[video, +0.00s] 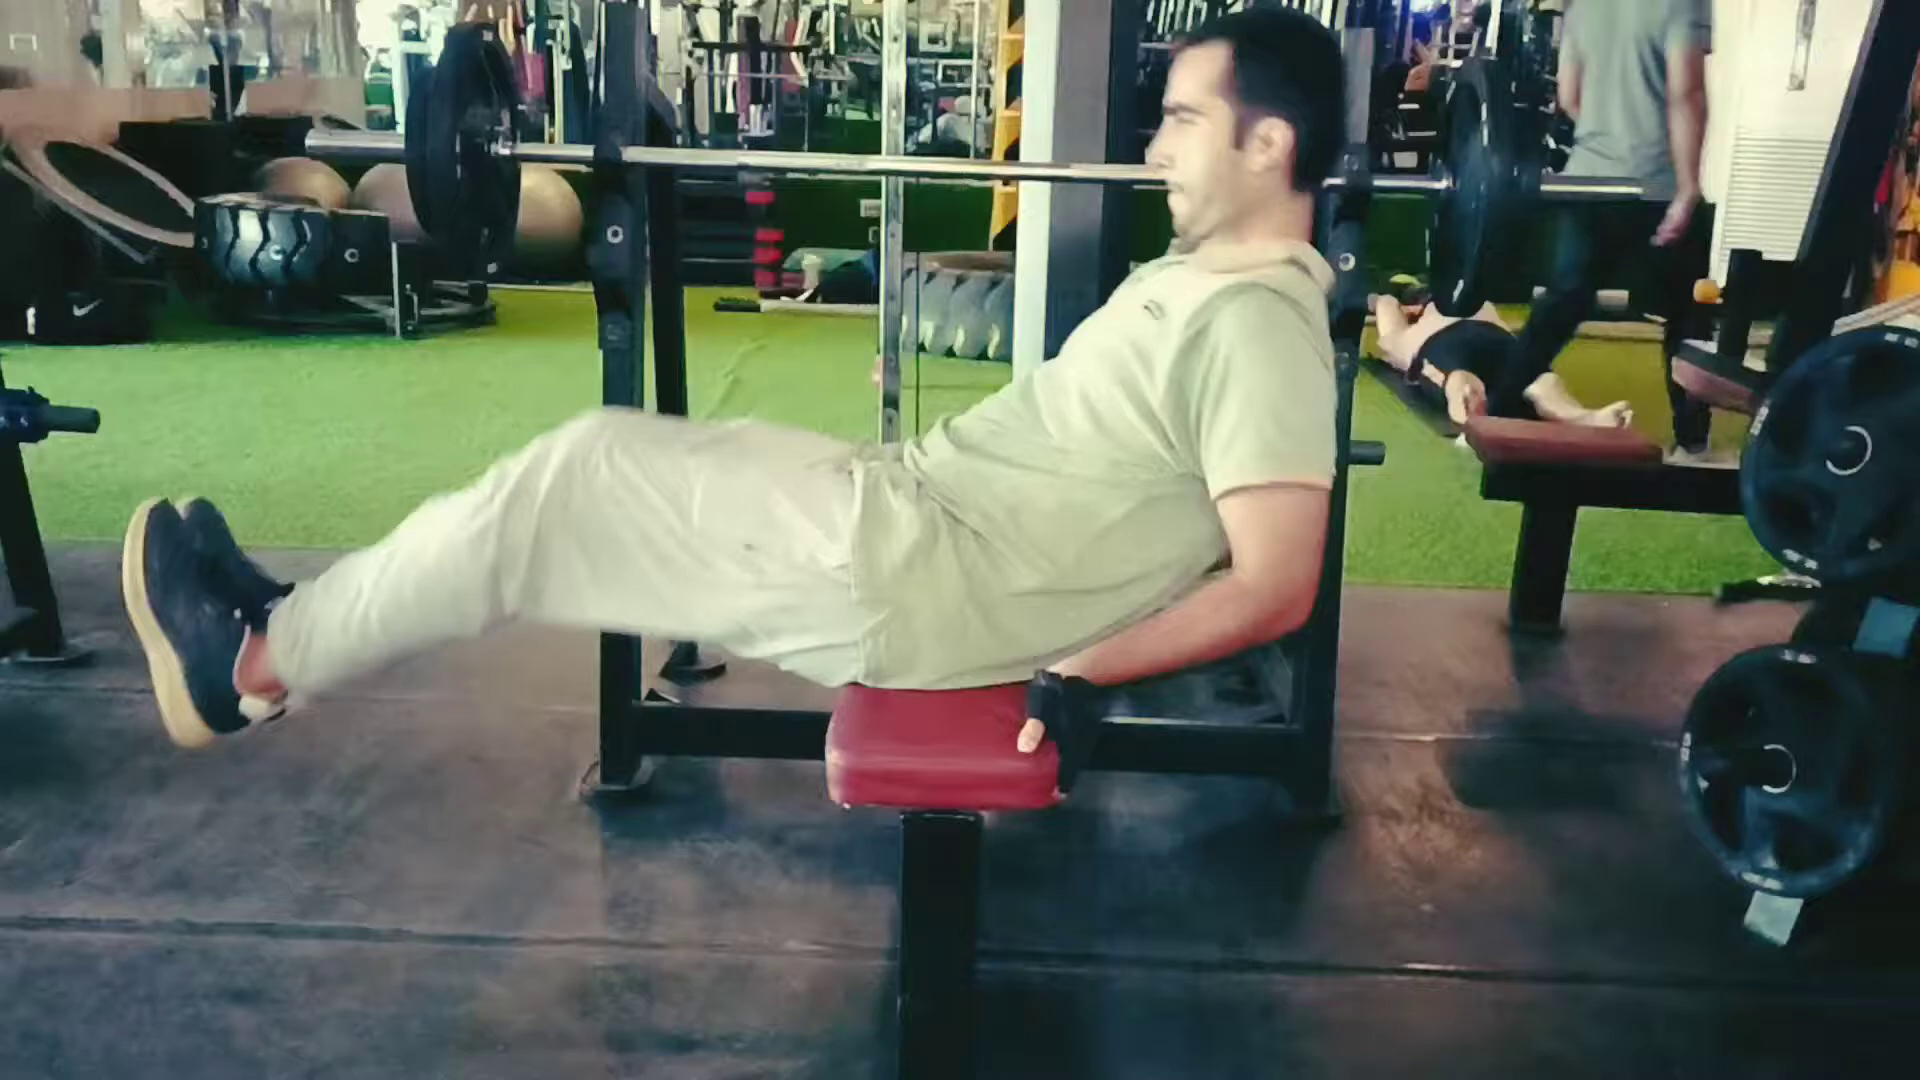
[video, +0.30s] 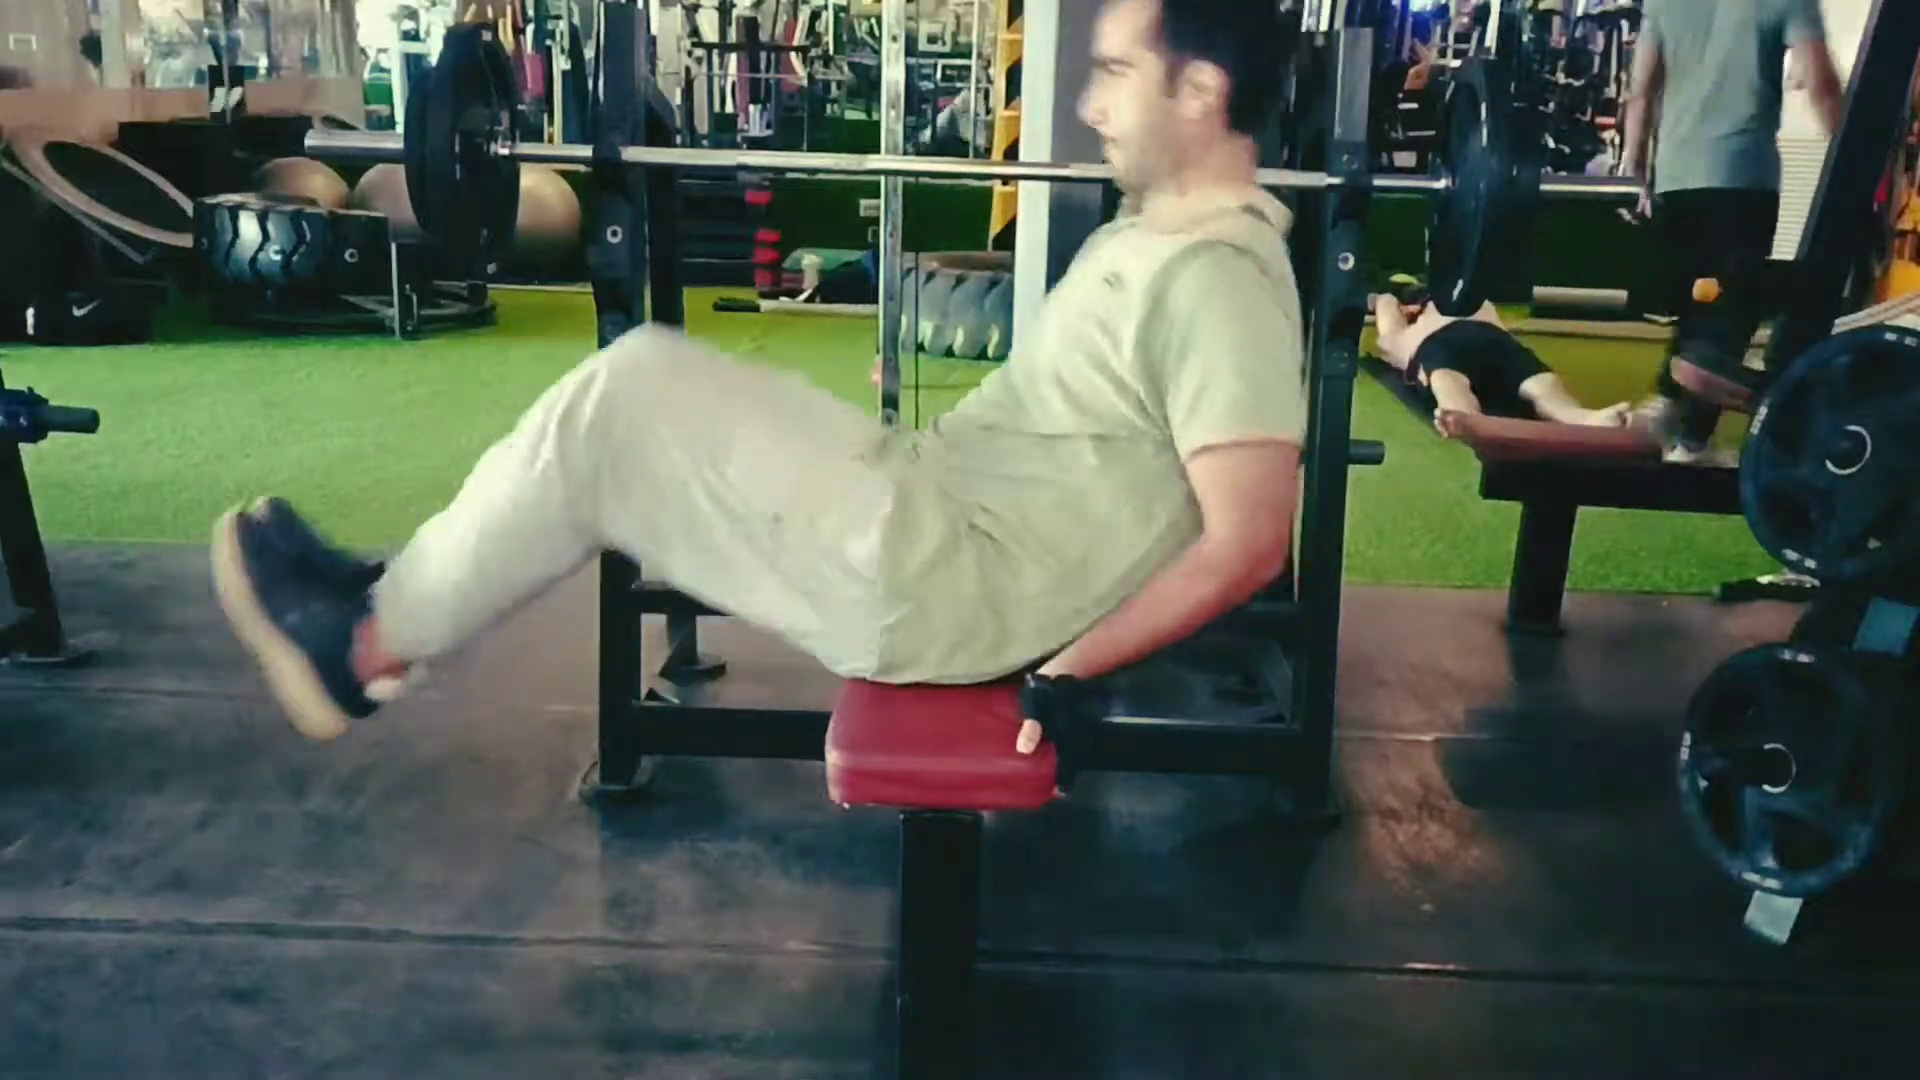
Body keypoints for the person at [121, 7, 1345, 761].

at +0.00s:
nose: (1158, 145)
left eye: (1186, 115)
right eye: (1165, 115)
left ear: (1277, 144)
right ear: (1255, 146)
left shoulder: (1260, 315)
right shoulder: (1208, 281)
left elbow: (1275, 587)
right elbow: (1225, 546)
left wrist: (1069, 671)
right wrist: (1052, 634)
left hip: (928, 578)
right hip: (907, 518)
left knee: (578, 481)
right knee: (590, 456)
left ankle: (253, 670)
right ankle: (288, 629)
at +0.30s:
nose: (1090, 103)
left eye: (1116, 74)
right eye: (1096, 75)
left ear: (1208, 94)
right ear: (1194, 98)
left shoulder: (1220, 270)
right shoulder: (1161, 244)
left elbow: (1250, 539)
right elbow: (1195, 506)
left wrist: (1068, 665)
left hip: (960, 588)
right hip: (931, 550)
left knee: (636, 387)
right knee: (637, 388)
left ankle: (366, 649)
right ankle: (384, 620)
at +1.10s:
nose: (1116, 146)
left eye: (1141, 118)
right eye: (1120, 120)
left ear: (1232, 137)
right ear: (1218, 142)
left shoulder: (1240, 301)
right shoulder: (1192, 274)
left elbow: (1260, 577)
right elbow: (1201, 532)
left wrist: (1072, 681)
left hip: (948, 593)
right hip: (920, 529)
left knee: (597, 461)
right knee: (605, 444)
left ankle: (321, 717)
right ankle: (345, 682)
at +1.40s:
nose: (901, 128)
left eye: (910, 95)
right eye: (894, 99)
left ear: (990, 83)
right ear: (992, 87)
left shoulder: (1058, 247)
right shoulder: (1019, 231)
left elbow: (1192, 501)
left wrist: (1041, 689)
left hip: (935, 619)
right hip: (925, 587)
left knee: (752, 270)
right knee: (763, 263)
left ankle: (536, 574)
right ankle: (550, 539)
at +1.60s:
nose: (1015, 133)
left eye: (1032, 101)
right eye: (1013, 103)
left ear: (1124, 104)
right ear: (1111, 104)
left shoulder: (1155, 274)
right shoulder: (1109, 251)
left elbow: (1241, 542)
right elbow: (1177, 506)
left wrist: (1050, 675)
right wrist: (1036, 636)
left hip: (937, 608)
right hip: (922, 558)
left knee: (627, 371)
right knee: (657, 340)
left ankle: (382, 653)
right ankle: (410, 617)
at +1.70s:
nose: (1099, 157)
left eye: (1122, 126)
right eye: (1100, 129)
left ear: (1215, 137)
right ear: (1196, 142)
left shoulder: (1221, 307)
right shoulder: (1174, 276)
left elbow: (1268, 577)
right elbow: (1209, 527)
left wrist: (1086, 677)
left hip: (949, 601)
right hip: (919, 538)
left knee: (584, 462)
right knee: (595, 446)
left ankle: (280, 698)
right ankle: (315, 648)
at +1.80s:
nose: (1147, 175)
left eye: (1172, 144)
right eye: (1152, 146)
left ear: (1263, 164)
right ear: (1248, 167)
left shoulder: (1257, 331)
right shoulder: (1203, 297)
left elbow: (1272, 605)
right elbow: (1213, 556)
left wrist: (1067, 686)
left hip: (936, 596)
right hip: (906, 530)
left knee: (576, 532)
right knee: (586, 504)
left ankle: (242, 709)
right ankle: (267, 673)